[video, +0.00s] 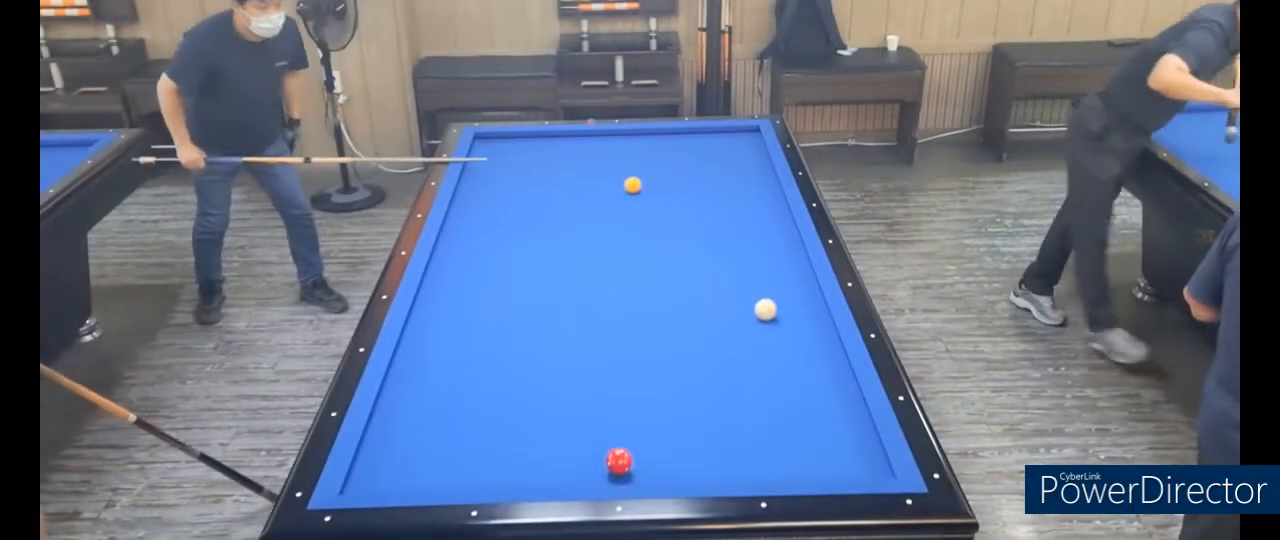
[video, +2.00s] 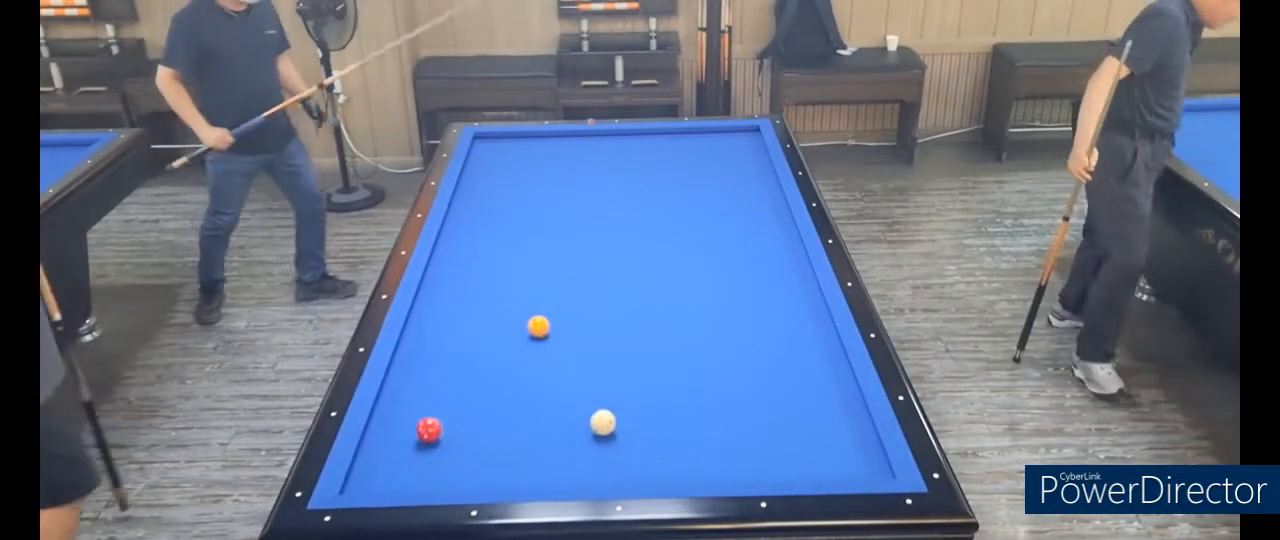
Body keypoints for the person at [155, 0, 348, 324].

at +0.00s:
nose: (271, 18)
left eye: (276, 9)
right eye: (260, 10)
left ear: (282, 7)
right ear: (239, 8)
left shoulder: (286, 30)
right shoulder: (204, 39)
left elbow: (293, 73)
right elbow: (167, 86)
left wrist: (294, 116)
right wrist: (183, 144)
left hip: (267, 141)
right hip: (215, 147)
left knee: (299, 210)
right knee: (212, 222)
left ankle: (313, 283)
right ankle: (209, 292)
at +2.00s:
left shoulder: (263, 9)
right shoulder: (190, 20)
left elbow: (280, 60)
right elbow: (166, 79)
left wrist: (307, 97)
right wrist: (205, 130)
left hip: (280, 139)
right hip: (231, 148)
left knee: (311, 202)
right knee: (221, 220)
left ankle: (312, 280)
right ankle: (210, 291)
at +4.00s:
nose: (429, 2)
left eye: (428, 1)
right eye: (423, 0)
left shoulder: (407, 19)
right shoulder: (382, 28)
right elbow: (358, 93)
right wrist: (412, 132)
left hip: (400, 144)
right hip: (386, 149)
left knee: (391, 223)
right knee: (428, 219)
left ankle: (381, 295)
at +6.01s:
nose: (325, 5)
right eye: (314, 1)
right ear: (290, 4)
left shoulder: (350, 24)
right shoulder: (271, 47)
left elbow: (382, 78)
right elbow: (286, 118)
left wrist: (382, 101)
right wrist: (342, 92)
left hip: (361, 168)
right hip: (319, 176)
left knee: (362, 257)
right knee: (353, 262)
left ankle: (351, 334)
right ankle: (343, 343)